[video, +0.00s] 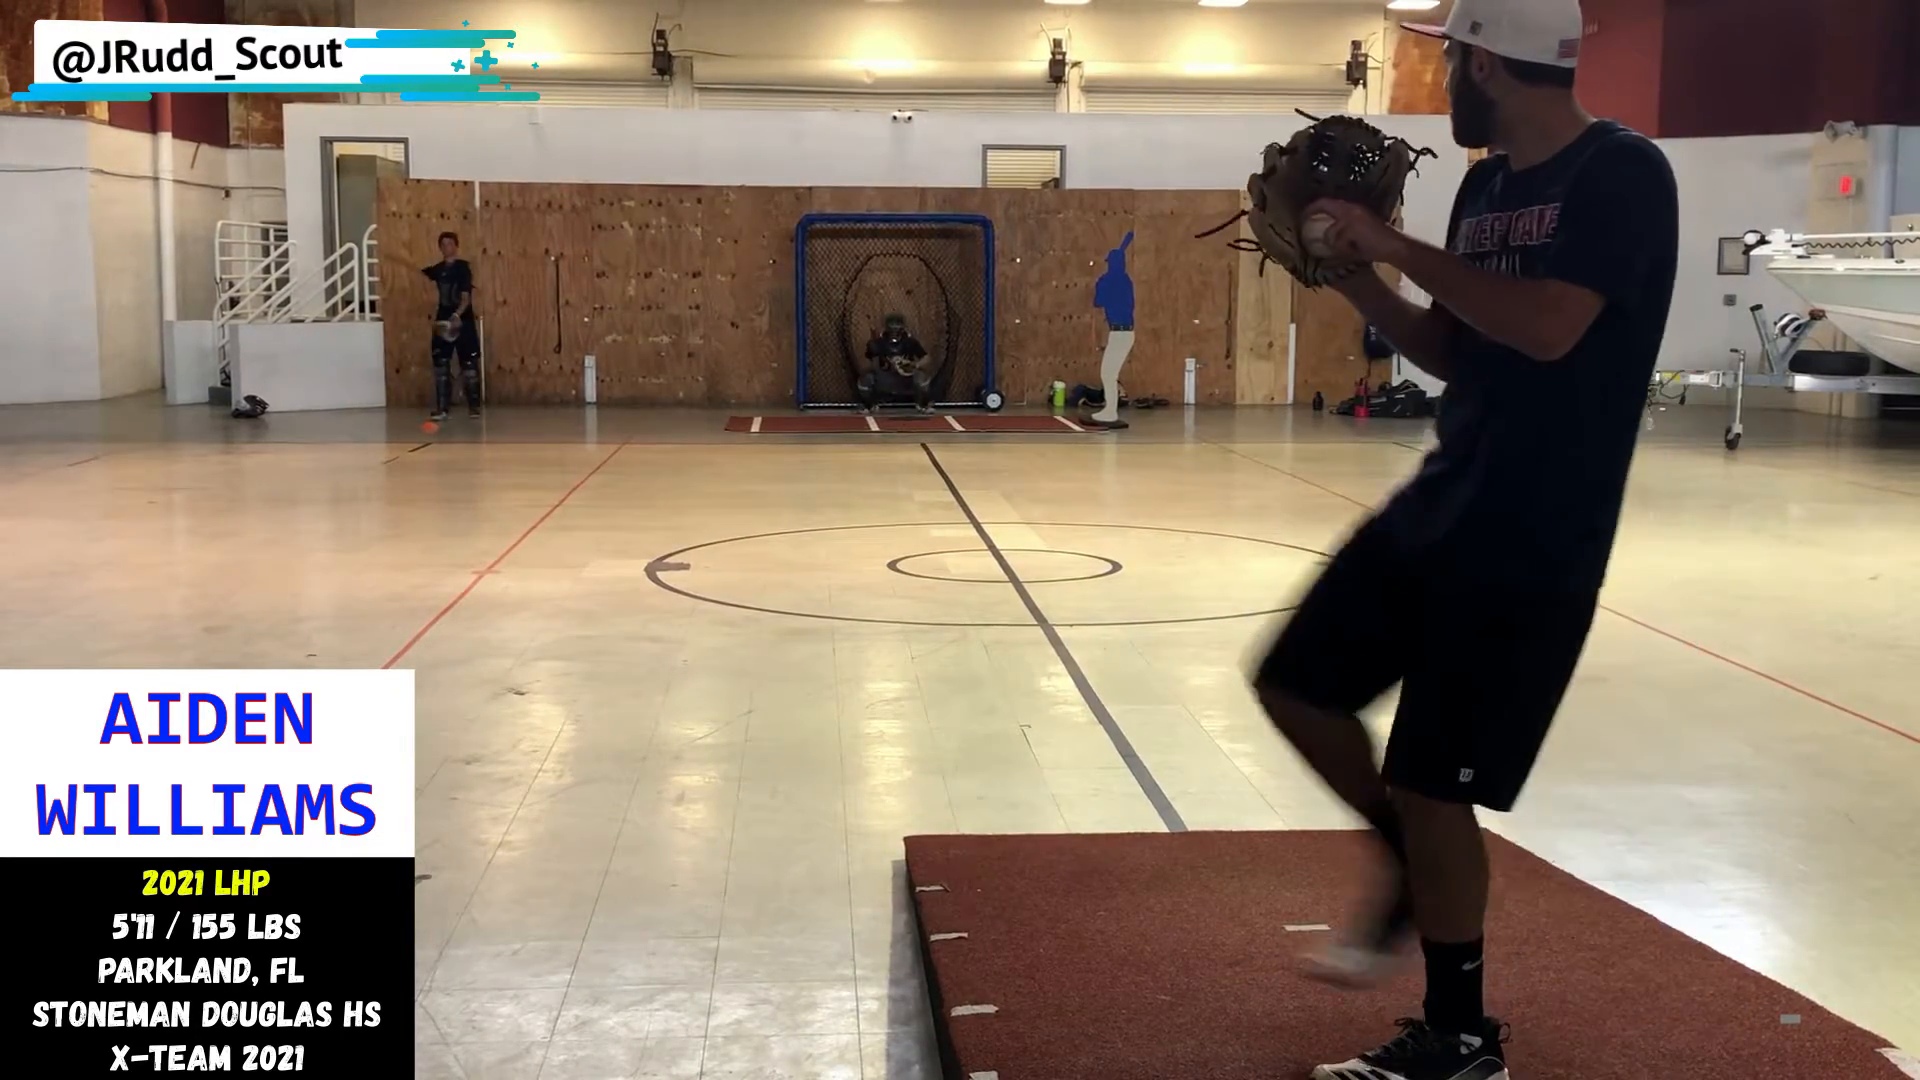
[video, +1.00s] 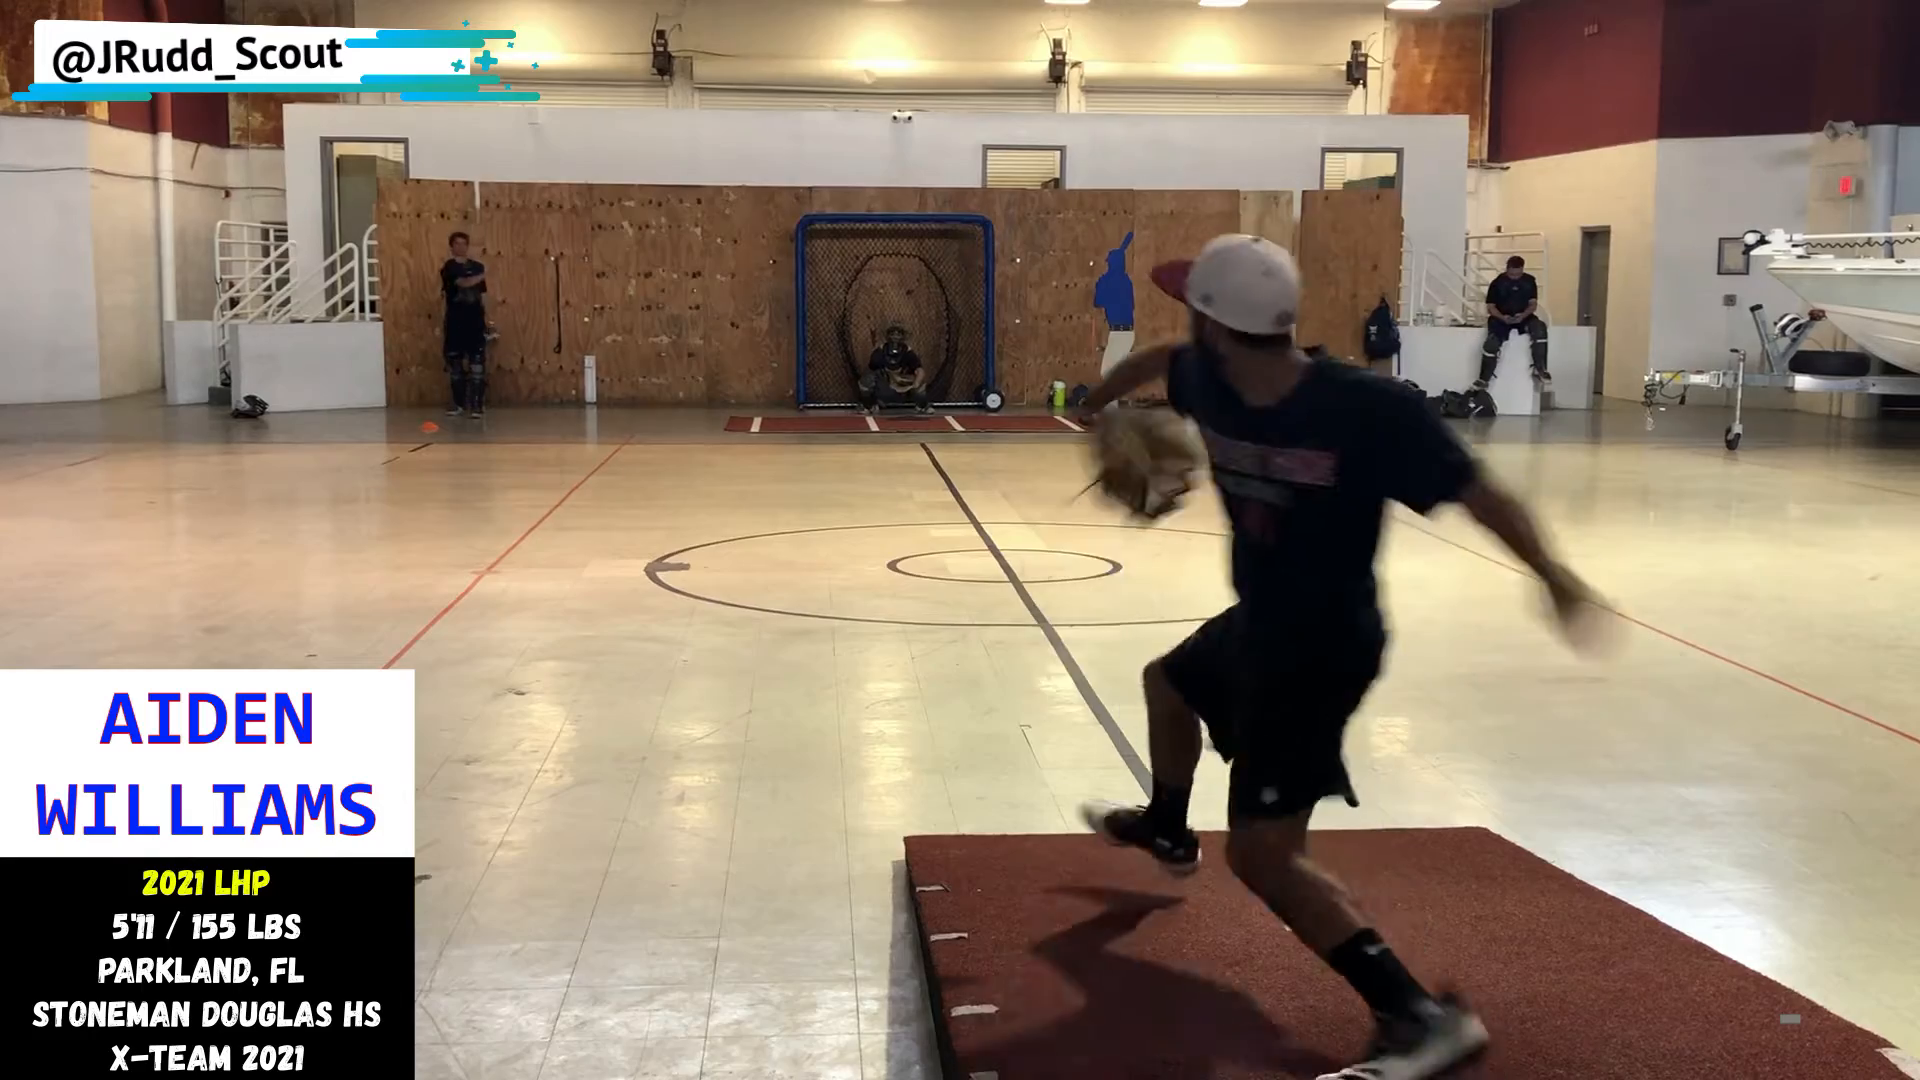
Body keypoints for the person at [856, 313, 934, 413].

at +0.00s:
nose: (895, 331)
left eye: (898, 328)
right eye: (892, 328)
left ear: (903, 327)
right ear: (886, 327)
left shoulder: (910, 342)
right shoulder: (877, 344)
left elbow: (926, 358)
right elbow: (873, 365)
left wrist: (915, 365)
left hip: (907, 377)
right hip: (886, 377)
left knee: (921, 377)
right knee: (866, 380)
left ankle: (921, 405)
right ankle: (871, 406)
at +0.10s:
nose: (896, 335)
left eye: (899, 332)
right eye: (893, 332)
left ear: (904, 332)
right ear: (887, 332)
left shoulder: (910, 346)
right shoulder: (880, 347)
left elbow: (925, 362)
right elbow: (874, 365)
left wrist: (914, 370)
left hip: (907, 382)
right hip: (887, 382)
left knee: (921, 380)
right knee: (866, 379)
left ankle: (922, 406)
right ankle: (871, 405)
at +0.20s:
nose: (897, 337)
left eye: (900, 334)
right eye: (893, 334)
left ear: (904, 335)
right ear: (888, 335)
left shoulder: (911, 349)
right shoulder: (881, 350)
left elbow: (925, 366)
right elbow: (875, 368)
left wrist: (914, 373)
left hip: (907, 383)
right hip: (887, 384)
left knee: (921, 381)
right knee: (867, 379)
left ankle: (922, 406)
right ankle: (871, 405)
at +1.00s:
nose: (895, 337)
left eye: (898, 335)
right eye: (892, 334)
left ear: (903, 337)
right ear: (888, 336)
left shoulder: (908, 352)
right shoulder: (879, 352)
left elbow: (920, 371)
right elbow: (872, 370)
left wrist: (915, 386)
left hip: (905, 379)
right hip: (885, 380)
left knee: (919, 387)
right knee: (866, 381)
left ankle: (921, 406)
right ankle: (870, 406)